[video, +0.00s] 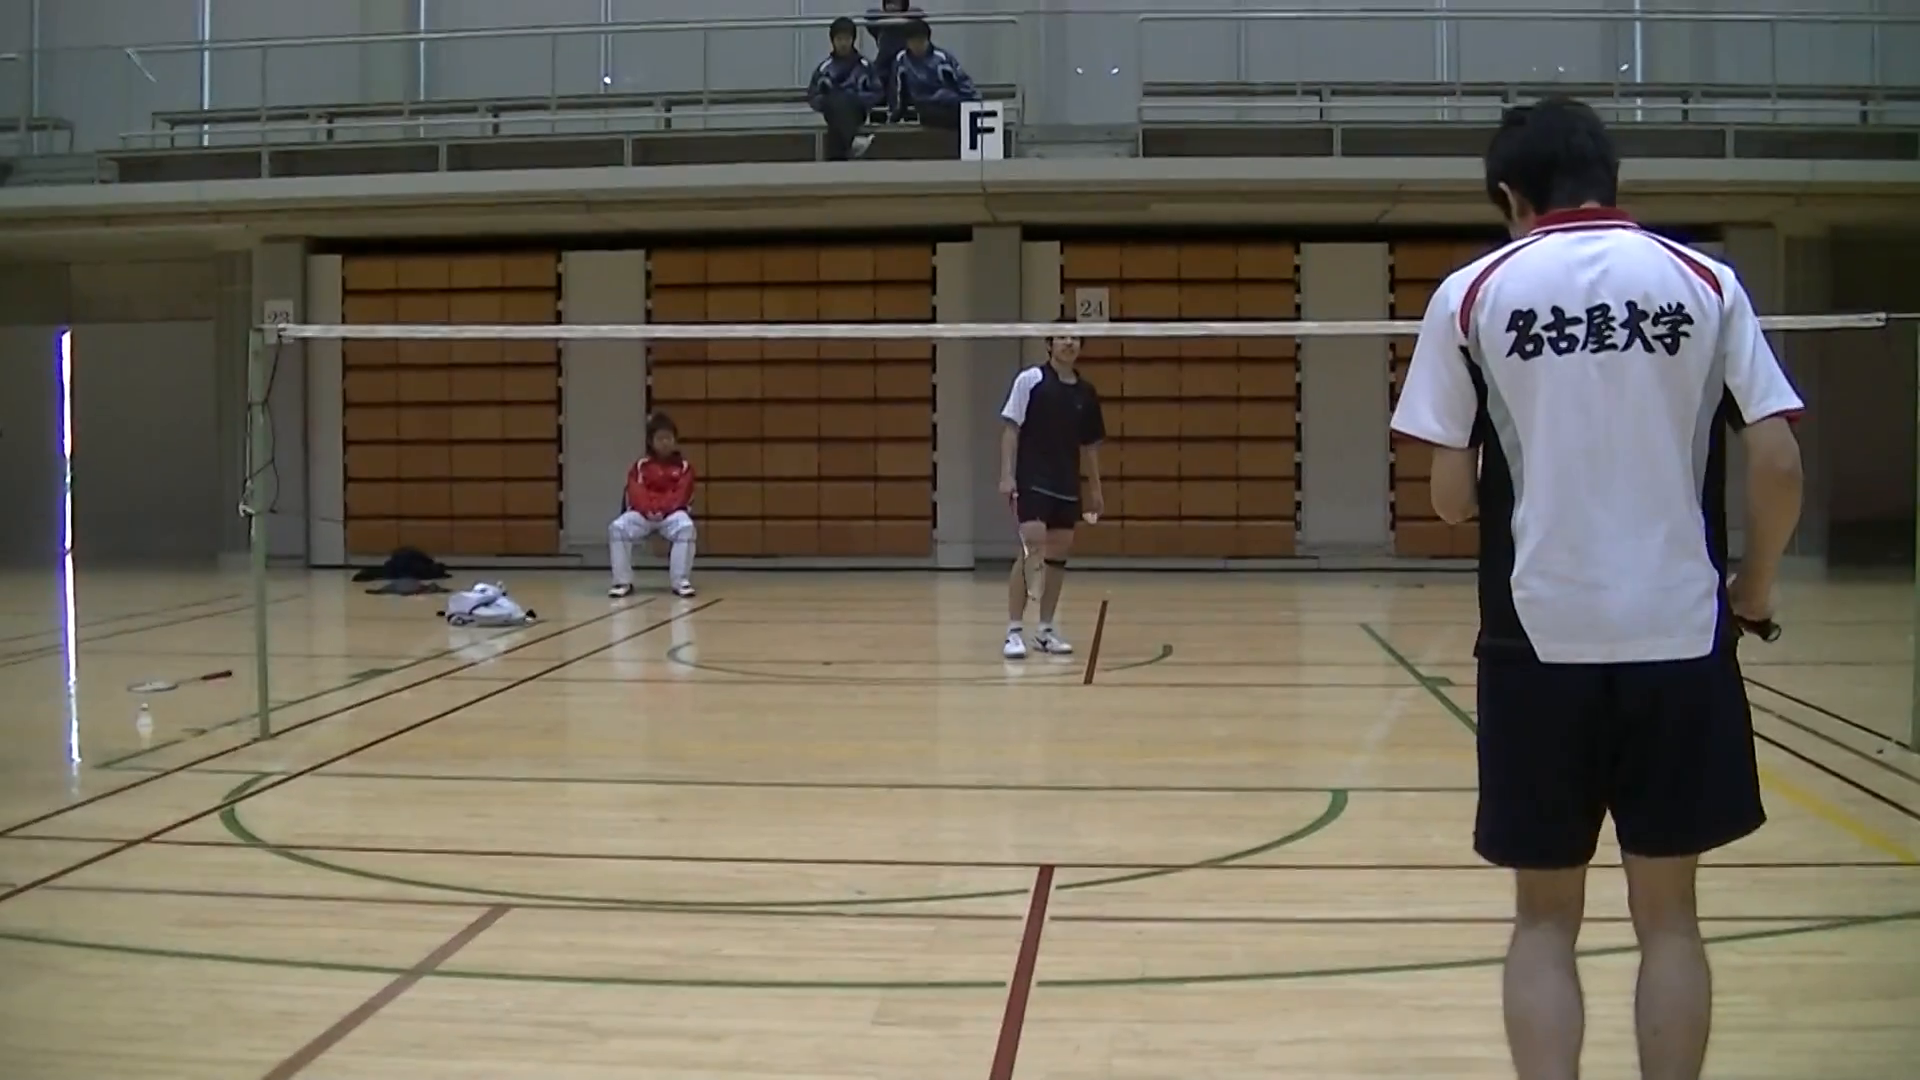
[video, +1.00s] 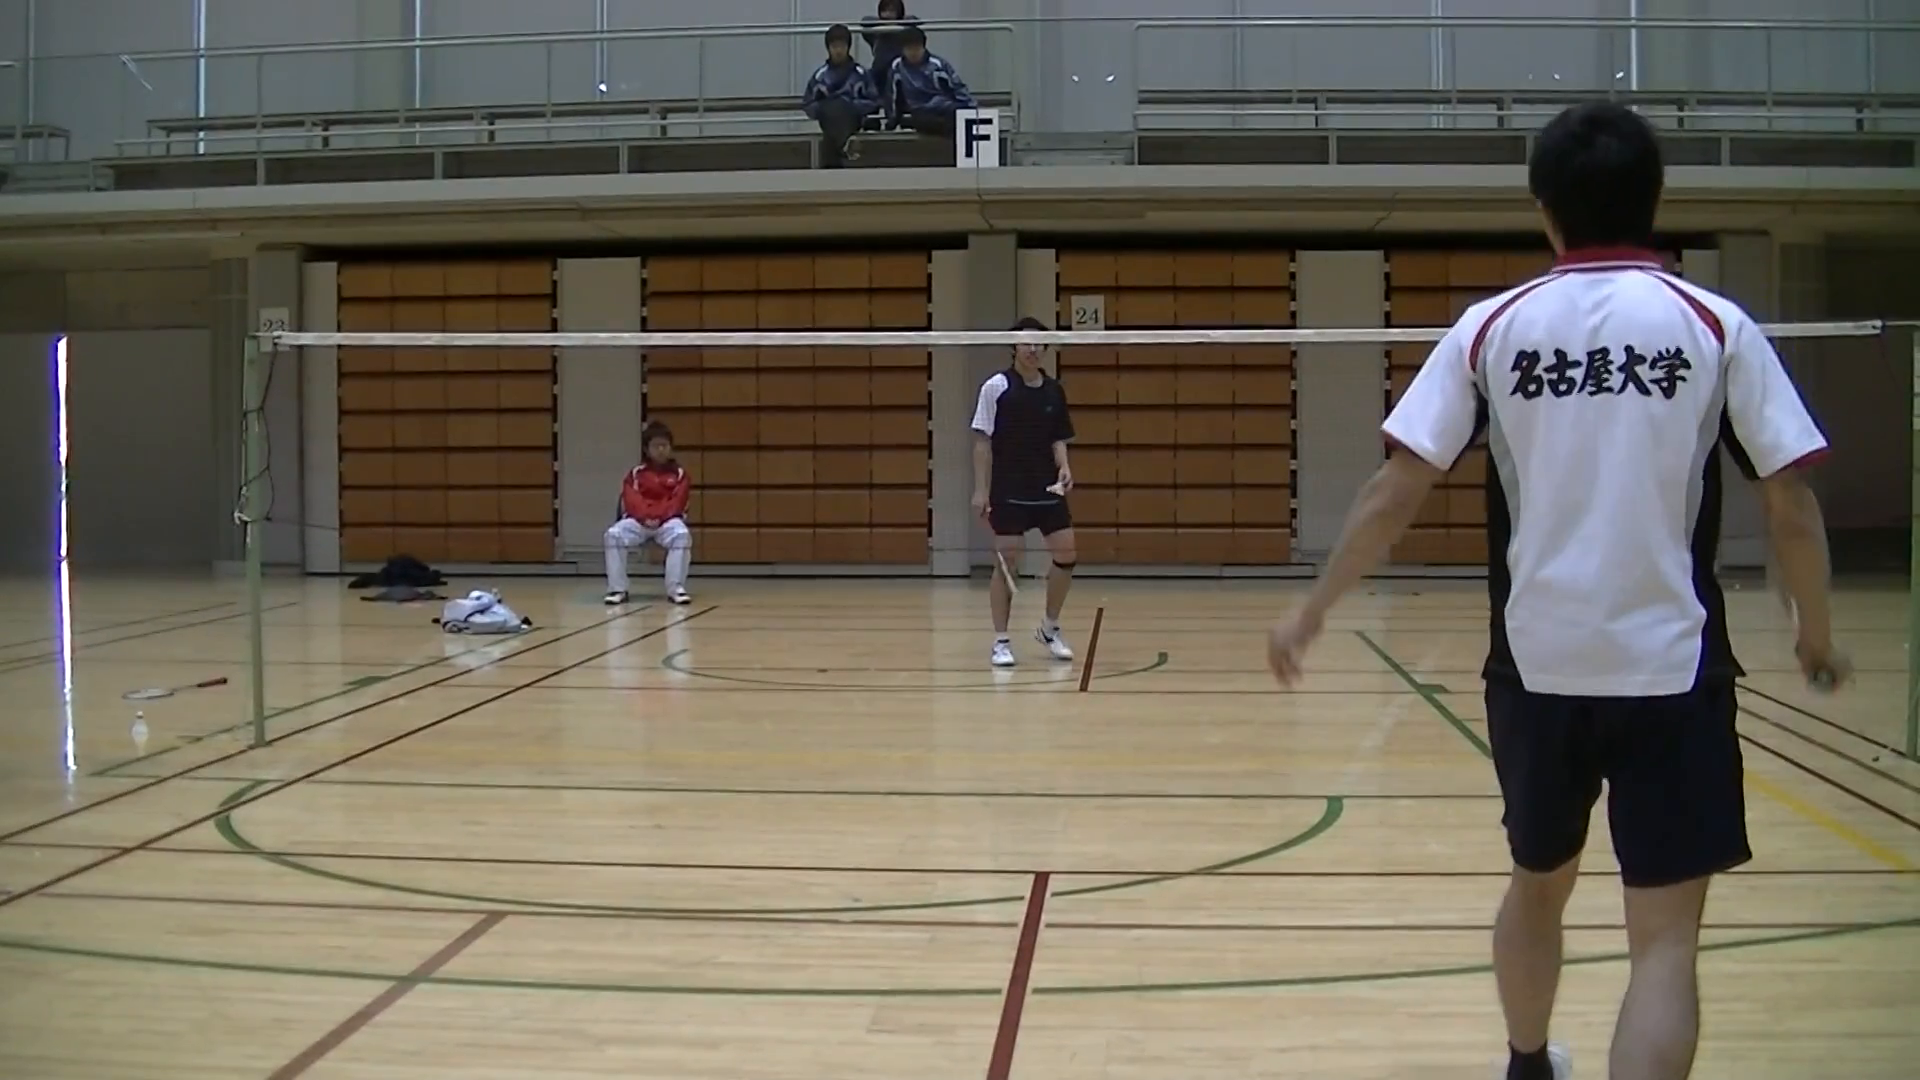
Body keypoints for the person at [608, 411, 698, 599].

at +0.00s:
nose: (665, 443)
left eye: (669, 438)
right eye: (660, 439)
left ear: (675, 440)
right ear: (650, 442)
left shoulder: (683, 467)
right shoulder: (641, 466)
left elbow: (681, 495)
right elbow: (635, 492)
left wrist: (663, 509)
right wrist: (646, 508)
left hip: (671, 513)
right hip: (643, 512)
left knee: (686, 529)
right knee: (618, 528)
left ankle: (680, 581)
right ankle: (622, 582)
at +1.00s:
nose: (661, 450)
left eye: (665, 445)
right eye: (656, 446)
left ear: (670, 448)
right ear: (646, 449)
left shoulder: (679, 474)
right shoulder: (635, 473)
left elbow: (677, 503)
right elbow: (631, 500)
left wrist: (659, 517)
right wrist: (645, 516)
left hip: (667, 520)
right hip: (638, 520)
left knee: (682, 536)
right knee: (613, 536)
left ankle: (676, 588)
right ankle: (618, 590)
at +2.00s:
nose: (658, 450)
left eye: (661, 445)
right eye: (652, 446)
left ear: (668, 447)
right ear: (644, 450)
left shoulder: (677, 475)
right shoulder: (633, 473)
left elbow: (674, 504)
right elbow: (628, 500)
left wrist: (656, 517)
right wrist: (644, 516)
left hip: (664, 520)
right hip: (635, 520)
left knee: (679, 535)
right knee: (610, 535)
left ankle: (673, 587)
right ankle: (615, 589)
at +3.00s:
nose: (656, 449)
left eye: (660, 444)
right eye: (651, 445)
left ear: (667, 447)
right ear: (643, 449)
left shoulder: (676, 474)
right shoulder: (632, 472)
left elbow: (673, 503)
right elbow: (627, 499)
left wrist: (655, 517)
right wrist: (643, 515)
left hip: (663, 519)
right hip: (634, 519)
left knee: (678, 535)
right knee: (609, 535)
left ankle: (672, 587)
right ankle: (614, 588)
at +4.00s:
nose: (692, 448)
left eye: (696, 443)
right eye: (686, 443)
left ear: (702, 445)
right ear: (676, 448)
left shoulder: (710, 472)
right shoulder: (666, 471)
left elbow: (707, 501)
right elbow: (662, 500)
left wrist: (689, 515)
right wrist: (679, 514)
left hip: (698, 518)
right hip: (670, 518)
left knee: (713, 533)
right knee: (644, 533)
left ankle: (706, 585)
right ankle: (648, 587)